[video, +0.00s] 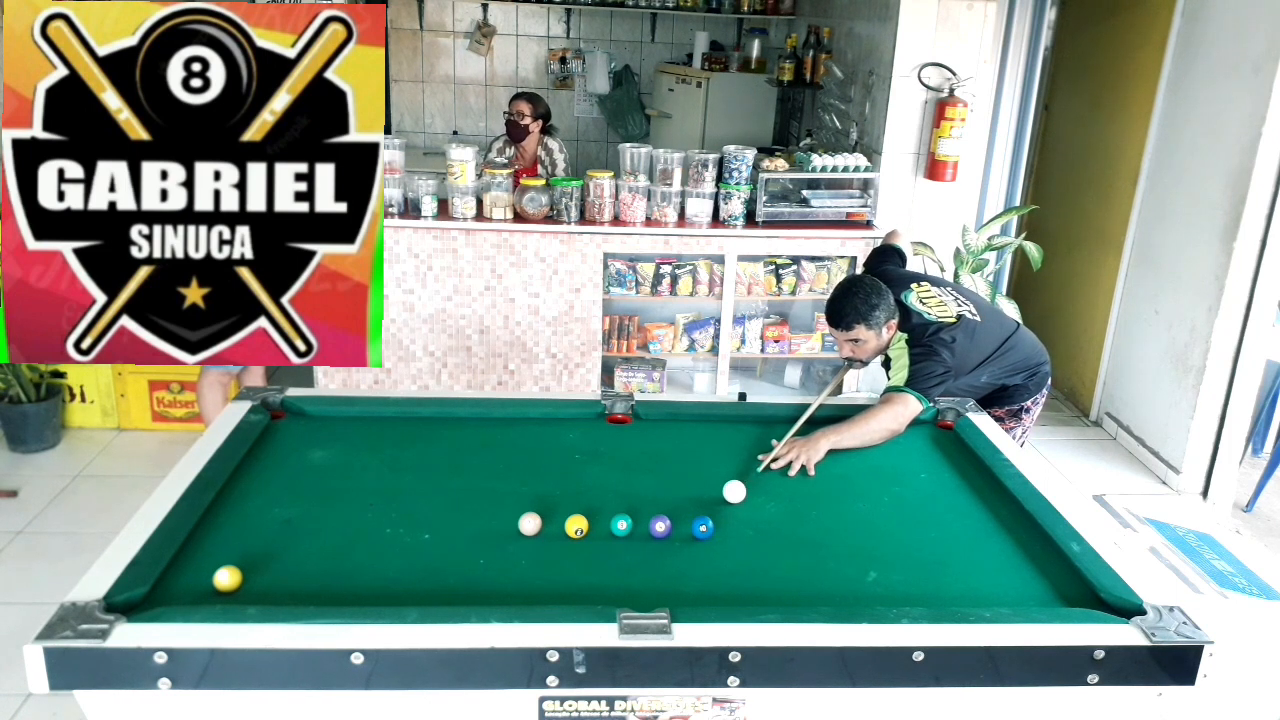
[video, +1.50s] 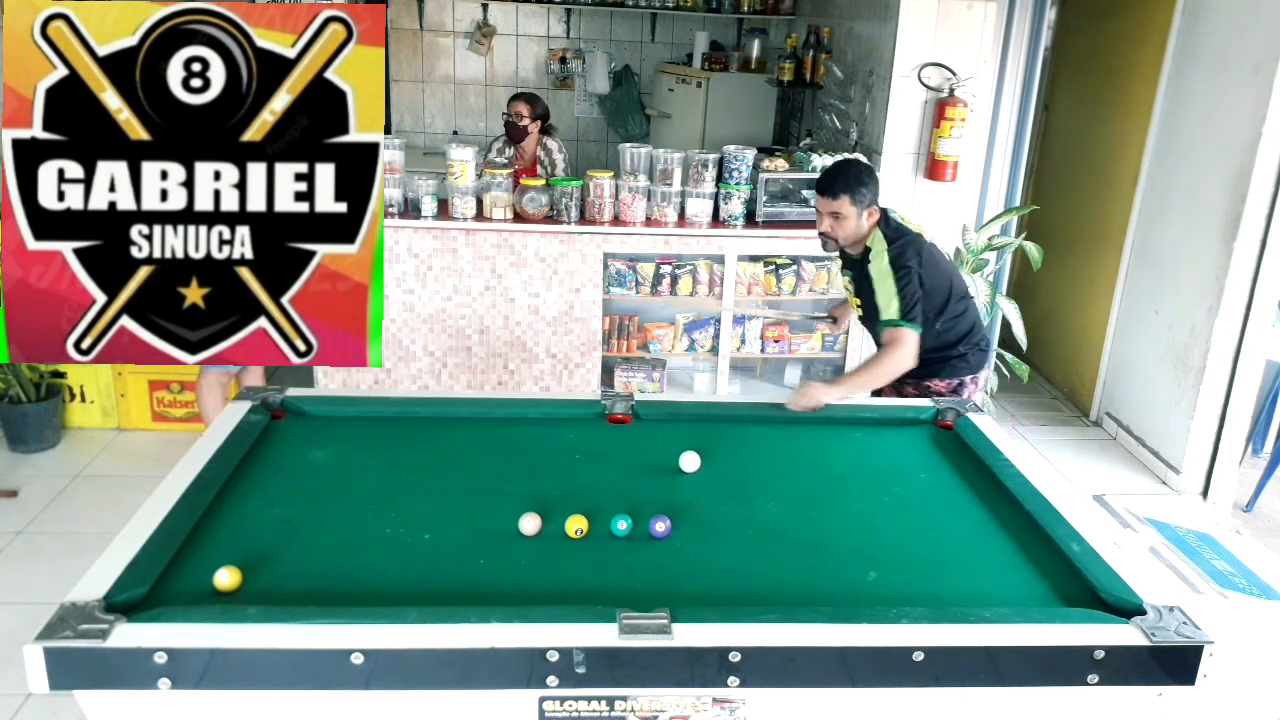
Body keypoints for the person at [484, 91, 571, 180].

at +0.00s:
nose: (511, 120)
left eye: (519, 115)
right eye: (510, 115)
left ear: (537, 125)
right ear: (506, 116)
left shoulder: (553, 147)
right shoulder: (499, 145)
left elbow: (564, 188)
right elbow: (485, 182)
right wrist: (507, 170)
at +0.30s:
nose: (510, 121)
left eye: (518, 116)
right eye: (509, 115)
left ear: (536, 126)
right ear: (506, 117)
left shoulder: (553, 147)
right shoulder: (499, 145)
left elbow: (564, 188)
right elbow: (484, 182)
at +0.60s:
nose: (510, 121)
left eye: (518, 116)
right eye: (509, 115)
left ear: (536, 126)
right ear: (505, 116)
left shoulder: (552, 147)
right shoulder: (499, 145)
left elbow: (564, 187)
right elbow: (484, 181)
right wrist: (506, 169)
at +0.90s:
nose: (509, 121)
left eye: (517, 117)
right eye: (508, 116)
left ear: (535, 126)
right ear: (505, 117)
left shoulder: (552, 147)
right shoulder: (499, 145)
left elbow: (564, 187)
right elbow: (484, 181)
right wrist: (506, 169)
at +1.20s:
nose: (509, 122)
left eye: (517, 117)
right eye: (508, 116)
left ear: (535, 126)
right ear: (505, 117)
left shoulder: (552, 147)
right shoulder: (498, 146)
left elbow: (564, 188)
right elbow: (484, 182)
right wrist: (506, 169)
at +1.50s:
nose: (509, 122)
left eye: (517, 117)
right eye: (508, 116)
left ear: (535, 126)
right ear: (505, 117)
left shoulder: (552, 148)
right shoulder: (499, 146)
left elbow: (564, 187)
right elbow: (485, 180)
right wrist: (506, 169)